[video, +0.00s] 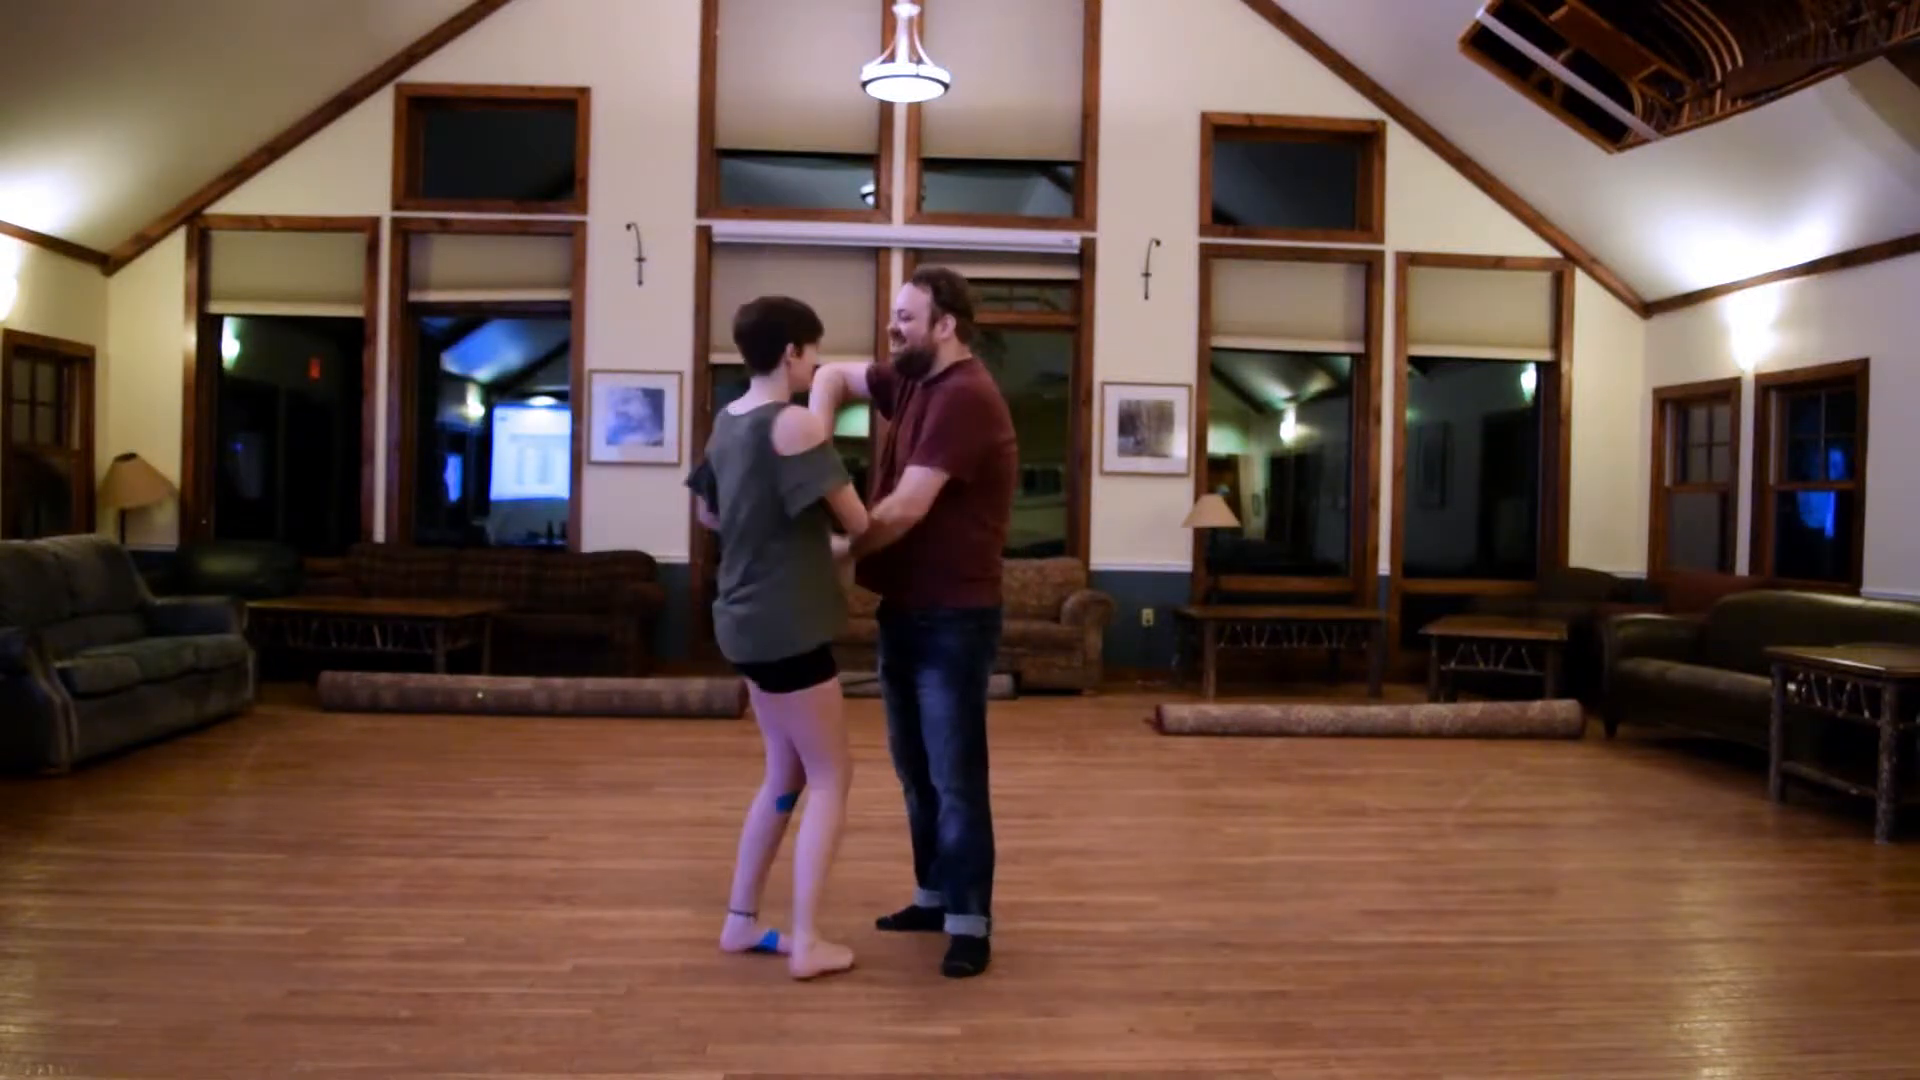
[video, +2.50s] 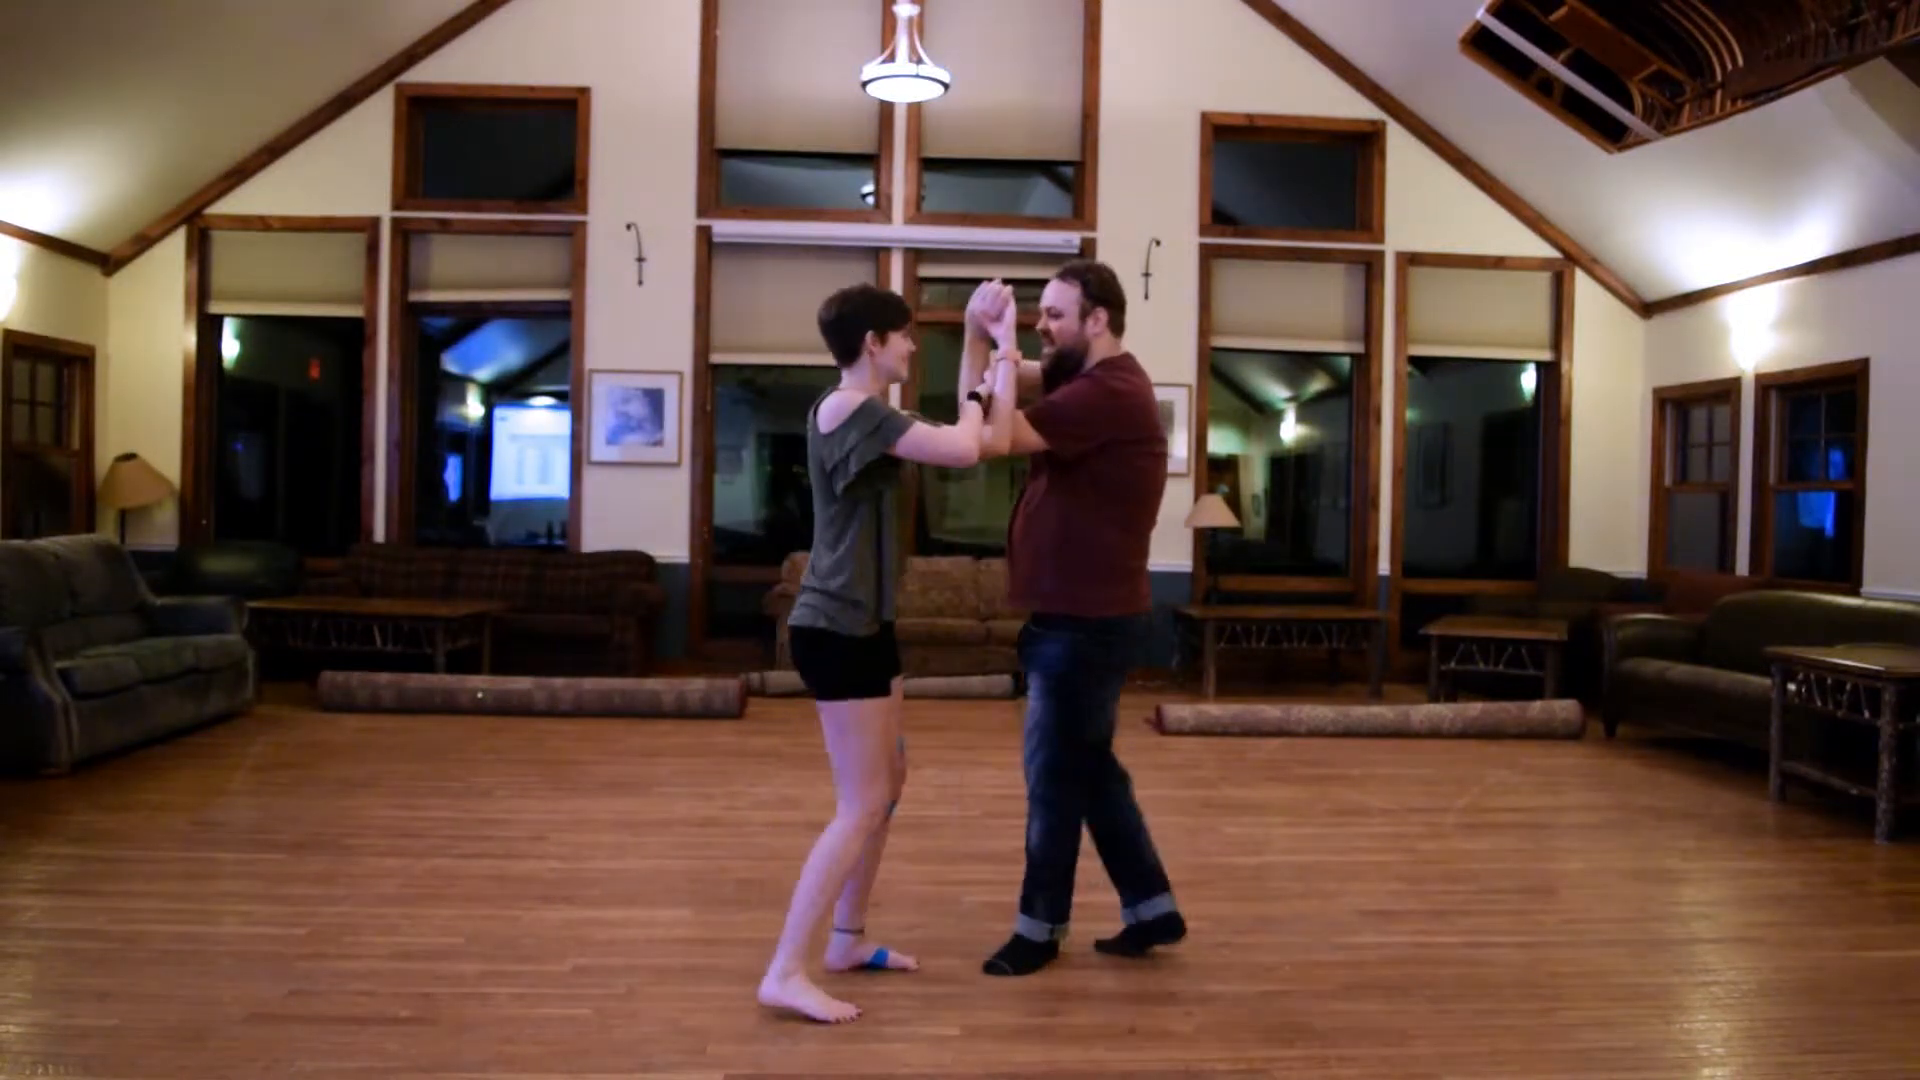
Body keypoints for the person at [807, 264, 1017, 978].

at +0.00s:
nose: (894, 329)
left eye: (906, 318)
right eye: (894, 318)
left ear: (946, 325)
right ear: (911, 325)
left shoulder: (964, 394)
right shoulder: (906, 379)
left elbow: (907, 506)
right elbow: (831, 374)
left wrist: (850, 542)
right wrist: (814, 437)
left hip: (956, 610)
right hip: (905, 604)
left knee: (954, 770)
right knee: (914, 763)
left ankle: (971, 919)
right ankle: (934, 896)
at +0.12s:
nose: (901, 331)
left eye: (913, 320)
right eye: (901, 320)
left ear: (955, 326)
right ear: (919, 325)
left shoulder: (965, 391)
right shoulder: (919, 374)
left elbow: (876, 483)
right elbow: (841, 365)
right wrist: (799, 388)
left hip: (952, 610)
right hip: (907, 604)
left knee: (952, 770)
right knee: (916, 765)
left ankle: (977, 921)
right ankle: (936, 897)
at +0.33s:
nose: (913, 321)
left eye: (927, 312)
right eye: (914, 311)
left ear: (968, 322)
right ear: (944, 321)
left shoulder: (977, 380)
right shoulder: (940, 368)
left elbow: (864, 399)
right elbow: (868, 336)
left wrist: (790, 352)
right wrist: (793, 303)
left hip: (953, 604)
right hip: (907, 599)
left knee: (956, 771)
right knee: (918, 765)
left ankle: (980, 921)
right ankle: (938, 898)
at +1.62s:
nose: (909, 330)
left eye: (924, 316)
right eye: (904, 317)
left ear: (963, 321)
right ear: (904, 322)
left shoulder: (983, 393)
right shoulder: (920, 388)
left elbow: (902, 442)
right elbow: (868, 434)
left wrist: (904, 360)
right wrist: (868, 341)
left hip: (963, 613)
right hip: (902, 611)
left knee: (966, 775)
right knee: (903, 767)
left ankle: (984, 923)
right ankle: (916, 908)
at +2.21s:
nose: (991, 327)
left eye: (1005, 314)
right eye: (990, 315)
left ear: (1049, 315)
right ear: (1007, 321)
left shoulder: (1067, 385)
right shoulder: (1023, 381)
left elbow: (973, 424)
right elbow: (932, 413)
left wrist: (972, 349)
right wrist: (940, 329)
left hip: (1044, 619)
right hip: (995, 613)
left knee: (1032, 776)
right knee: (957, 739)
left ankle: (1038, 924)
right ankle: (1005, 877)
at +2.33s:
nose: (1018, 322)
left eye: (1030, 310)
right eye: (1016, 311)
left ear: (1073, 314)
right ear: (1032, 317)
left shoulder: (1090, 384)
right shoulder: (1045, 372)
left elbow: (990, 427)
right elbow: (969, 396)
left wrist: (977, 347)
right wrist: (966, 329)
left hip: (1064, 617)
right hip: (1019, 611)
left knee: (1045, 775)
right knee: (998, 748)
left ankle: (1039, 928)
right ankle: (1099, 863)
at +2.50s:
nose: (1044, 327)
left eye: (1056, 315)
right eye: (1044, 316)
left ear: (1097, 318)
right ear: (1082, 319)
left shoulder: (1111, 389)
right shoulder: (1080, 373)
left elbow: (1001, 434)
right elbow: (983, 401)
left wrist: (1002, 353)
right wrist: (984, 335)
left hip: (1085, 618)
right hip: (1068, 613)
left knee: (1051, 775)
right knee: (1089, 765)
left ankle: (1040, 927)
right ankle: (1153, 910)